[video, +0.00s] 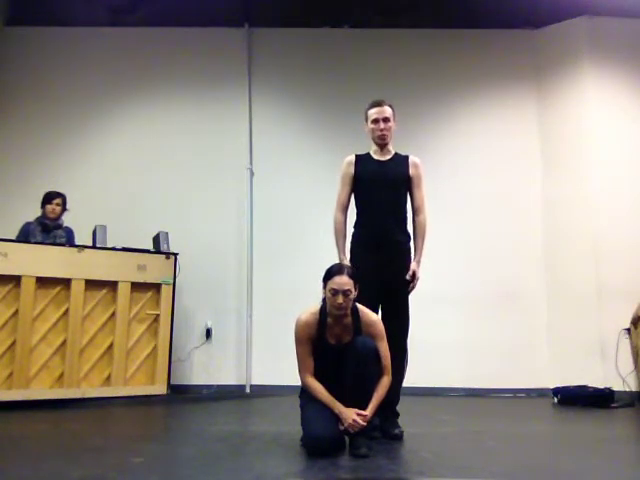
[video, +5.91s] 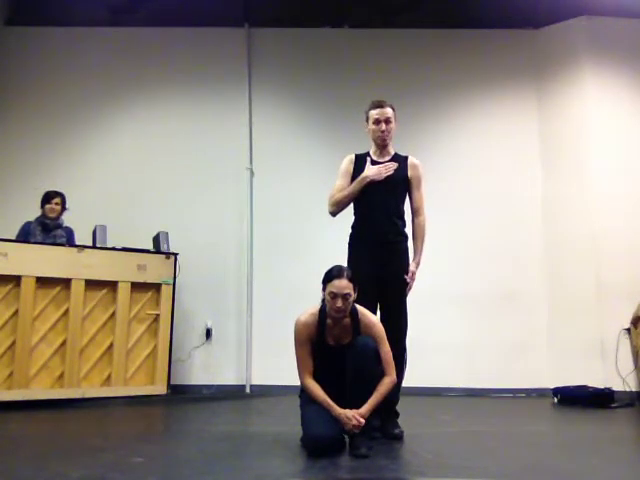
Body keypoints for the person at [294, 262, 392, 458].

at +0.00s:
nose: (340, 301)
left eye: (347, 294)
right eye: (334, 293)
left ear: (355, 293)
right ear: (324, 292)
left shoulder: (371, 322)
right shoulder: (307, 323)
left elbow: (386, 374)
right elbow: (307, 377)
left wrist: (366, 415)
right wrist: (342, 411)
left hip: (356, 393)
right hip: (321, 393)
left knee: (365, 347)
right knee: (321, 445)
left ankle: (360, 432)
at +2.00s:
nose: (339, 301)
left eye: (346, 294)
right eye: (333, 294)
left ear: (354, 294)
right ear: (324, 292)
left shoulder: (371, 323)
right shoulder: (306, 324)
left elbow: (386, 375)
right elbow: (306, 378)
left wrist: (367, 413)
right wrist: (341, 411)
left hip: (355, 392)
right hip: (320, 392)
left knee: (365, 347)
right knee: (321, 445)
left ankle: (359, 432)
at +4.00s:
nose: (340, 302)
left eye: (347, 295)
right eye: (334, 295)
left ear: (356, 294)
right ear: (325, 292)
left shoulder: (371, 323)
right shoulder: (307, 323)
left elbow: (387, 375)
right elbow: (306, 378)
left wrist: (366, 413)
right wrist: (341, 411)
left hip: (356, 393)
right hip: (321, 394)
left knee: (365, 347)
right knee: (322, 444)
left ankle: (360, 433)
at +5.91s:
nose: (339, 304)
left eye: (346, 297)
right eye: (333, 296)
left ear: (354, 295)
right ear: (323, 293)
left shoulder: (369, 323)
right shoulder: (306, 324)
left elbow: (391, 377)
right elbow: (306, 378)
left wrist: (362, 414)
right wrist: (338, 413)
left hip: (355, 392)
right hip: (320, 394)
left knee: (365, 347)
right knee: (321, 444)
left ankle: (360, 433)